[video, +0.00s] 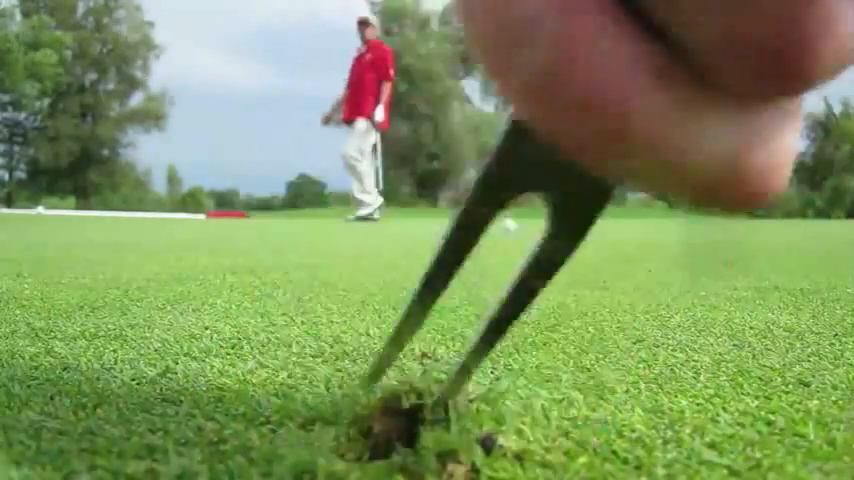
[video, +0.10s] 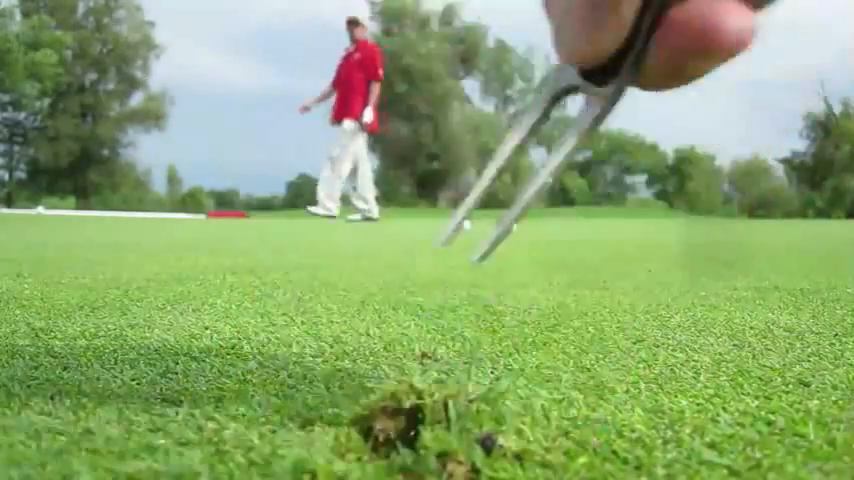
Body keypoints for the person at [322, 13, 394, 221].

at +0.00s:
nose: (363, 31)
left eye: (367, 27)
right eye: (361, 28)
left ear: (375, 29)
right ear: (359, 31)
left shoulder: (382, 52)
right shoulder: (360, 56)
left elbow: (387, 81)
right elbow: (350, 89)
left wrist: (382, 106)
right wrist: (334, 111)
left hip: (369, 112)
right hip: (356, 112)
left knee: (351, 153)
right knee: (363, 157)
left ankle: (371, 199)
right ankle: (367, 206)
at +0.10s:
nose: (352, 32)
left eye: (355, 28)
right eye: (350, 28)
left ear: (363, 29)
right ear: (348, 31)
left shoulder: (371, 51)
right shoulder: (347, 55)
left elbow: (376, 82)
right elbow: (334, 86)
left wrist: (370, 108)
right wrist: (312, 104)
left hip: (357, 113)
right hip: (345, 113)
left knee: (338, 158)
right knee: (359, 162)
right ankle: (368, 208)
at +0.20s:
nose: (341, 32)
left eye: (344, 28)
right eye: (338, 29)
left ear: (351, 30)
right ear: (336, 32)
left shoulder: (355, 50)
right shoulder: (334, 56)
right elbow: (321, 85)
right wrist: (296, 100)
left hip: (348, 117)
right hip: (335, 116)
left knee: (325, 158)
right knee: (353, 164)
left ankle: (303, 200)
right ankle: (366, 207)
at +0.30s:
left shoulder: (343, 63)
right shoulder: (322, 62)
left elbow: (352, 92)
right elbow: (308, 85)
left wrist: (341, 115)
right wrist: (287, 99)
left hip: (332, 121)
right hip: (323, 120)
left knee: (310, 162)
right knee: (342, 168)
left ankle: (295, 205)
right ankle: (363, 203)